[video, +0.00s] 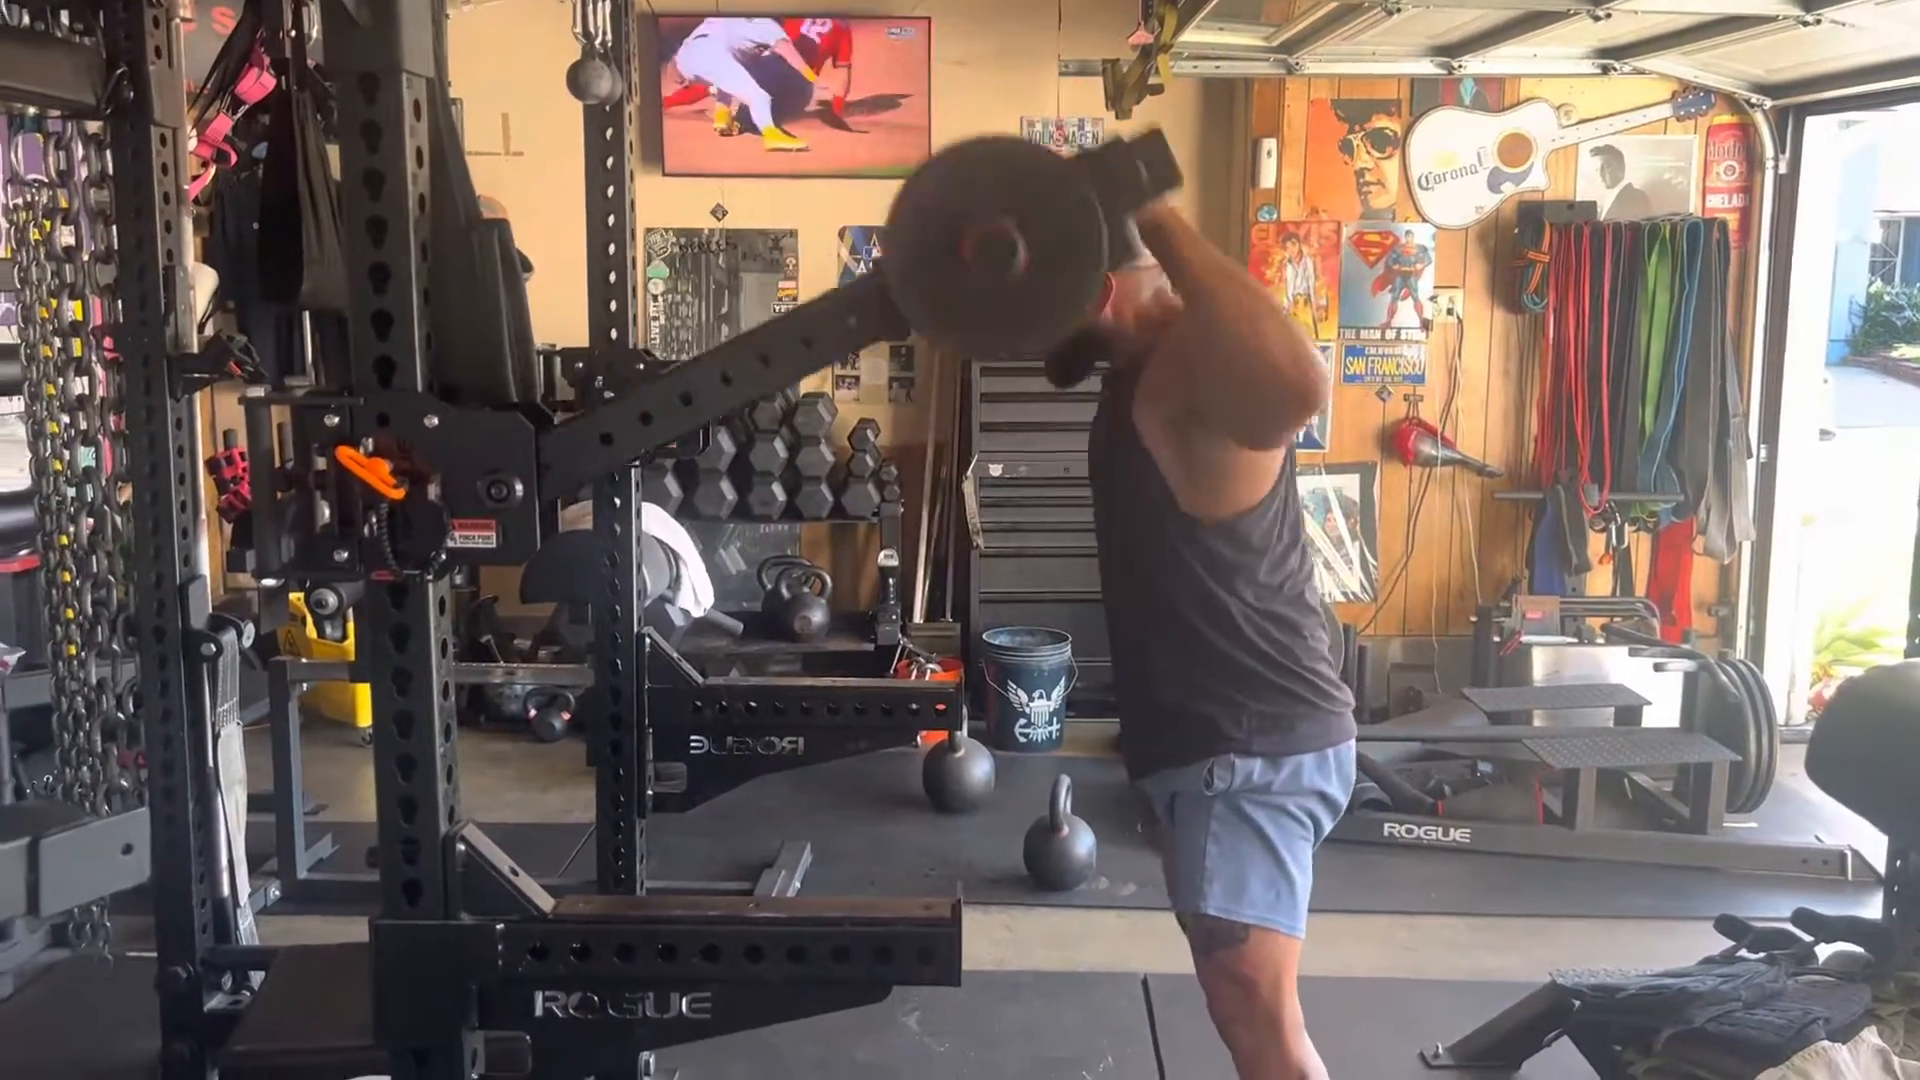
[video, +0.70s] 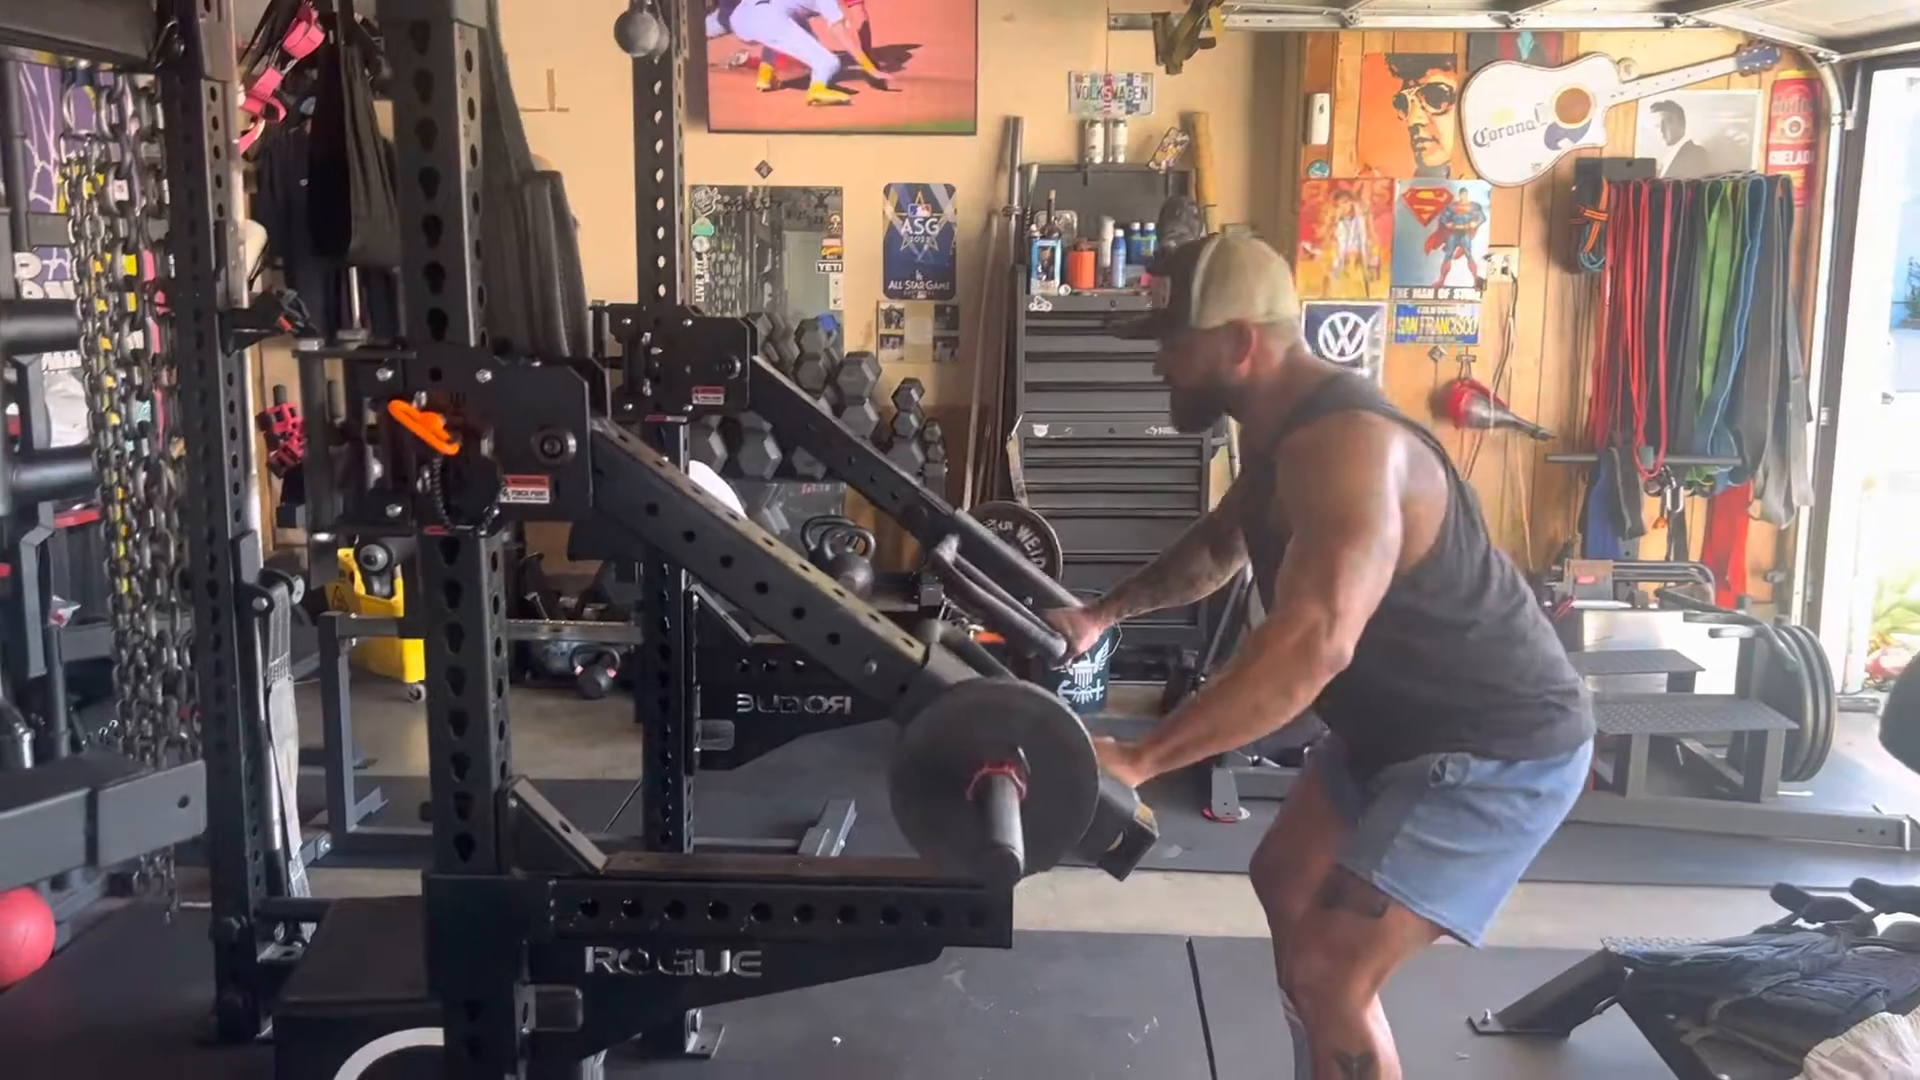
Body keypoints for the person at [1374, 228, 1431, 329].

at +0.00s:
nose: (1409, 239)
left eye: (1410, 237)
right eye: (1407, 237)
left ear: (1413, 238)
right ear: (1404, 238)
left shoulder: (1420, 249)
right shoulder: (1398, 249)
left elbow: (1428, 260)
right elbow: (1390, 260)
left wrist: (1421, 266)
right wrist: (1394, 266)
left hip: (1412, 273)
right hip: (1400, 272)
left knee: (1415, 297)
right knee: (1394, 297)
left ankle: (1421, 321)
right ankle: (1388, 321)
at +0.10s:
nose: (1415, 234)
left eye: (1417, 232)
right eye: (1414, 232)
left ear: (1420, 232)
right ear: (1411, 233)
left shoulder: (1427, 243)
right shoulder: (1405, 244)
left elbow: (1435, 255)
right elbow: (1397, 255)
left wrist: (1428, 261)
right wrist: (1400, 261)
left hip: (1418, 268)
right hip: (1407, 268)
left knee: (1422, 291)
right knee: (1401, 292)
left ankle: (1428, 316)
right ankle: (1395, 316)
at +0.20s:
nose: (1422, 229)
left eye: (1424, 227)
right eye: (1421, 227)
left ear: (1427, 227)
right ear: (1418, 227)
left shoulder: (1434, 238)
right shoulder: (1412, 238)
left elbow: (1442, 250)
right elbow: (1403, 250)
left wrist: (1435, 256)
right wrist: (1407, 256)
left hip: (1425, 262)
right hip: (1413, 262)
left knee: (1428, 286)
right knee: (1408, 286)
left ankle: (1435, 311)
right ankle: (1402, 311)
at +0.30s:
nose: (1429, 224)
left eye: (1431, 222)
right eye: (1428, 222)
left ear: (1434, 222)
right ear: (1425, 222)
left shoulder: (1440, 233)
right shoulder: (1418, 233)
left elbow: (1449, 244)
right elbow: (1410, 244)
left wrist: (1442, 250)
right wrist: (1414, 250)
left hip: (1432, 257)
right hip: (1420, 257)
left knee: (1435, 281)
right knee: (1415, 281)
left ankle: (1442, 306)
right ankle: (1409, 304)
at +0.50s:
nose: (1443, 213)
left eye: (1445, 210)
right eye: (1441, 210)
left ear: (1447, 211)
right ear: (1439, 211)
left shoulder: (1454, 221)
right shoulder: (1433, 221)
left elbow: (1463, 233)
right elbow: (1424, 233)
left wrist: (1456, 239)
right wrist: (1427, 239)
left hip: (1446, 246)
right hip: (1434, 246)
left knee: (1450, 271)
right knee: (1428, 271)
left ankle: (1456, 295)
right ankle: (1422, 296)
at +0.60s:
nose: (1454, 205)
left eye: (1455, 203)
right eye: (1452, 203)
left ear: (1458, 203)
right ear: (1449, 204)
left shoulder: (1465, 214)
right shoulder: (1443, 214)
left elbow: (1472, 225)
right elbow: (1434, 225)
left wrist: (1465, 232)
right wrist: (1438, 232)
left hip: (1456, 238)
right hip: (1444, 238)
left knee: (1459, 262)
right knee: (1439, 262)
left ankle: (1466, 287)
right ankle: (1431, 288)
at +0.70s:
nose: (1463, 197)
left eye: (1465, 195)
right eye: (1461, 195)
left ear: (1467, 196)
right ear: (1458, 196)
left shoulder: (1474, 207)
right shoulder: (1452, 206)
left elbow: (1482, 218)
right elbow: (1443, 218)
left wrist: (1475, 224)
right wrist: (1448, 224)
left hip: (1466, 231)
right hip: (1454, 231)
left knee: (1469, 255)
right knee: (1448, 255)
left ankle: (1475, 280)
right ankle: (1441, 280)